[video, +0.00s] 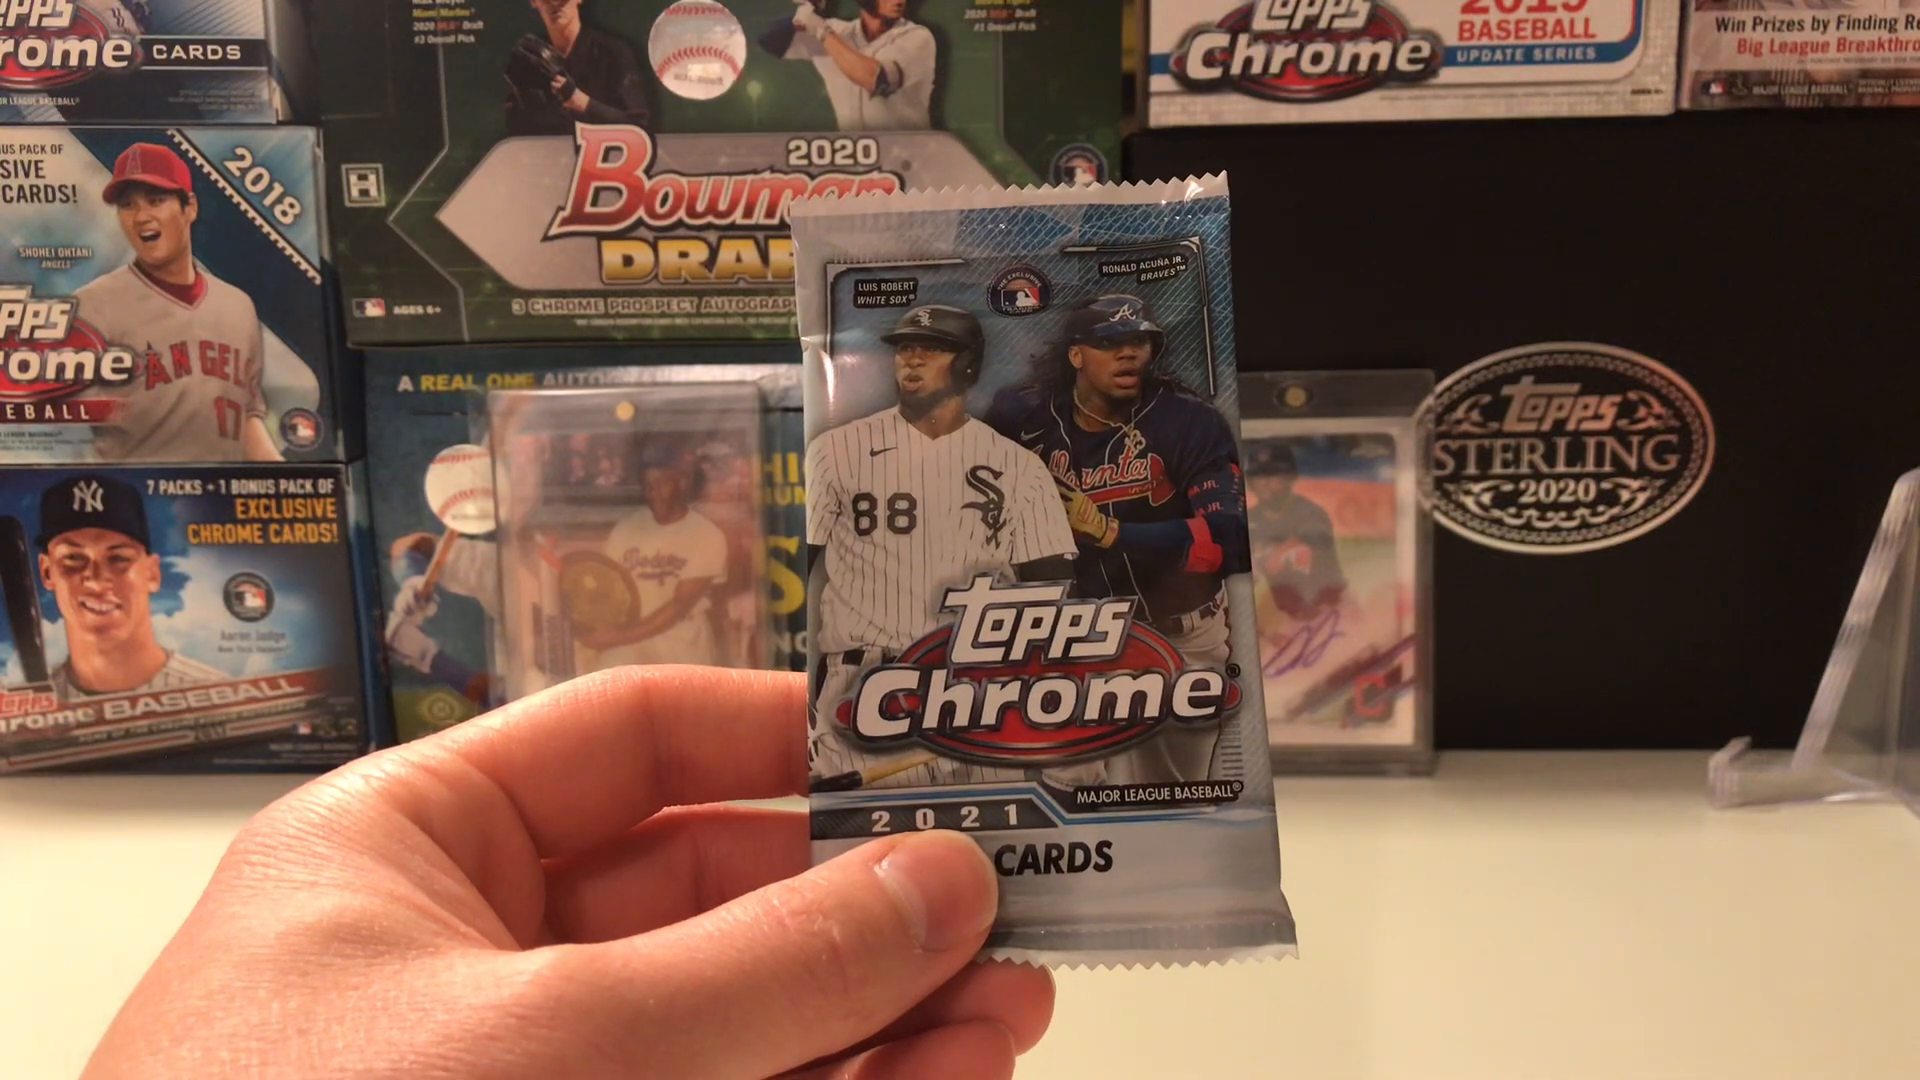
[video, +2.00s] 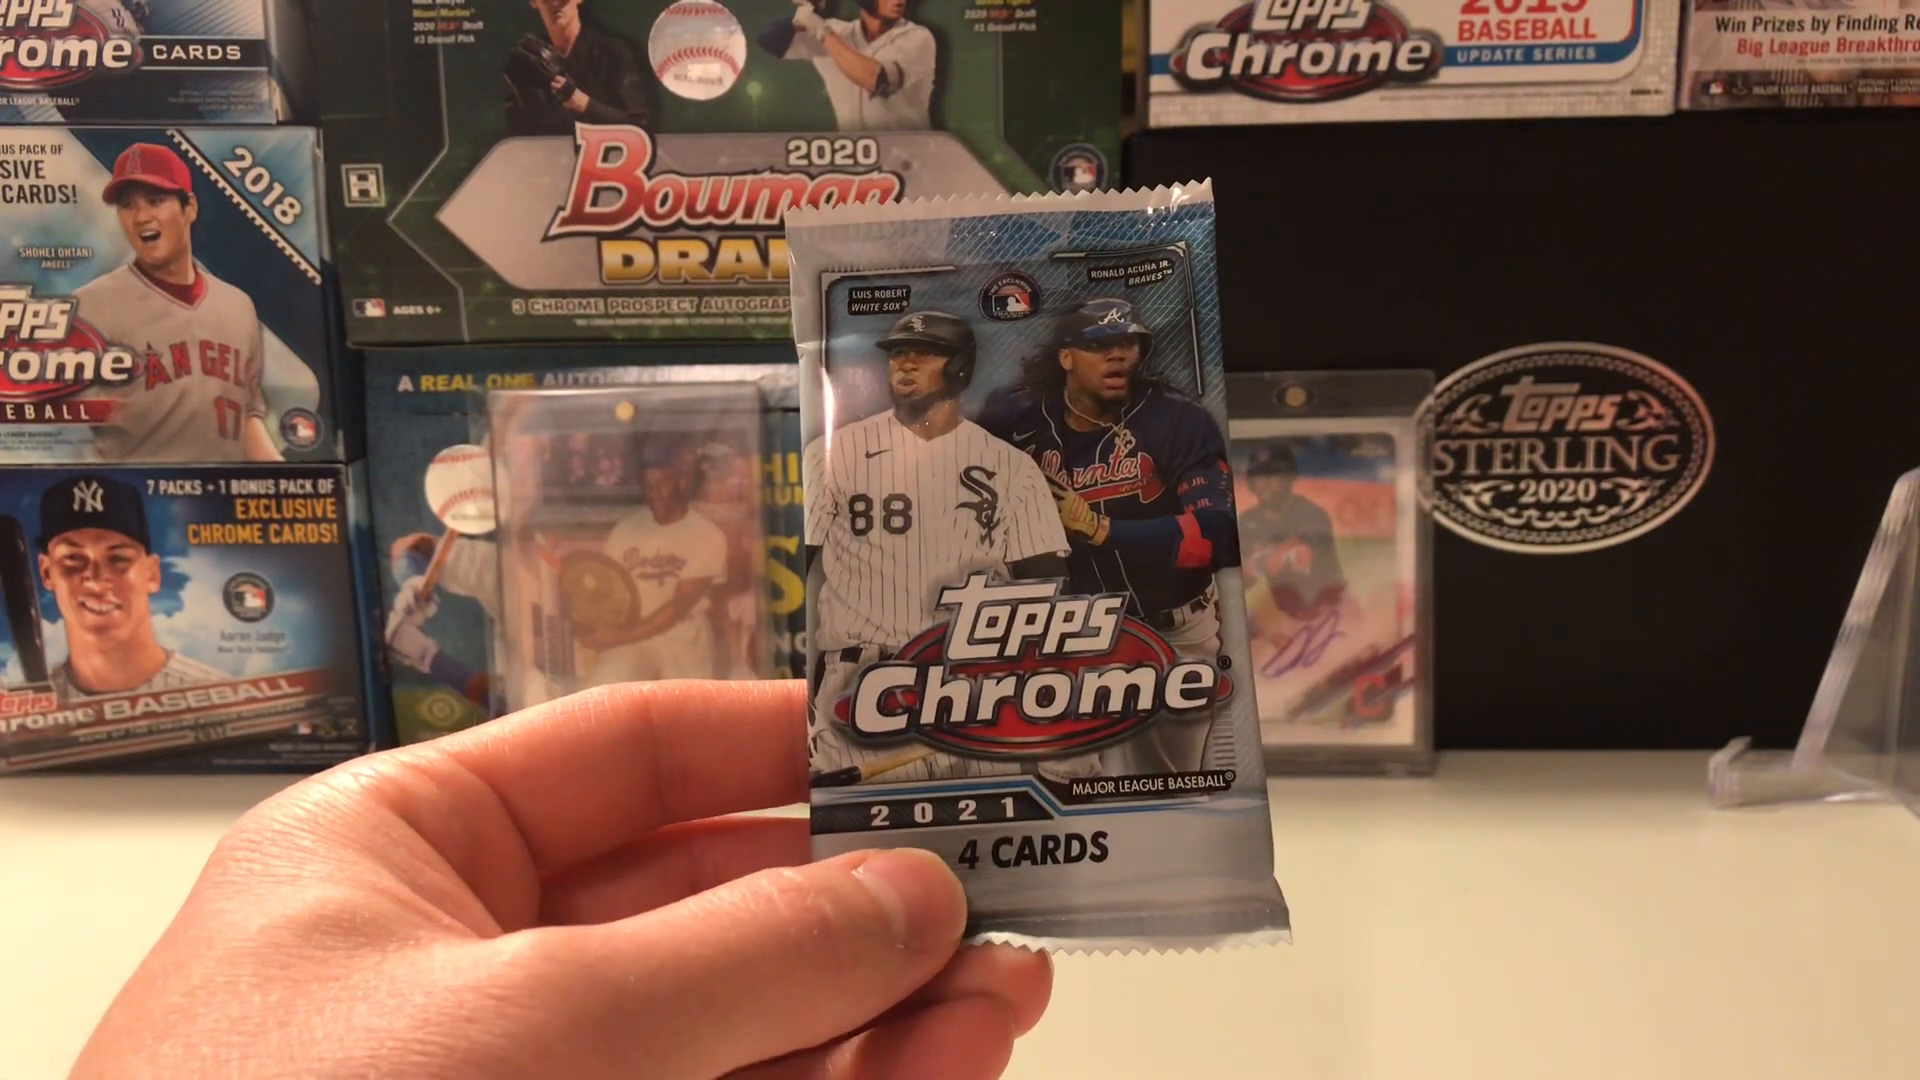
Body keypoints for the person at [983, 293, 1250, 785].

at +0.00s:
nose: (1131, 354)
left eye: (1140, 341)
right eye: (1113, 343)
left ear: (1153, 349)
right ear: (1076, 356)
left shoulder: (1190, 423)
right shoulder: (1023, 419)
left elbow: (1226, 537)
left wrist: (1112, 532)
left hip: (1182, 630)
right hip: (1070, 636)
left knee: (1178, 801)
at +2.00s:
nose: (1119, 356)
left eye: (1128, 343)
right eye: (1101, 345)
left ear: (1141, 351)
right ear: (1066, 358)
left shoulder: (1180, 423)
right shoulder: (1015, 420)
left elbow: (1213, 535)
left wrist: (1101, 528)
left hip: (1178, 627)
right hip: (1070, 632)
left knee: (1180, 790)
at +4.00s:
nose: (1131, 359)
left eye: (1139, 347)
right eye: (1113, 349)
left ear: (1153, 356)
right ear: (1078, 361)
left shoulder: (1191, 427)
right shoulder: (1024, 421)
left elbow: (1224, 539)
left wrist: (1112, 532)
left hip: (1182, 632)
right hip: (1072, 635)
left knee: (1176, 799)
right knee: (1075, 795)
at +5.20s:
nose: (1191, 372)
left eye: (1199, 360)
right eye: (1172, 361)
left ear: (1212, 369)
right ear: (1137, 374)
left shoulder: (1253, 443)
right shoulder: (1086, 437)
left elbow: (1287, 557)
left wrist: (1172, 546)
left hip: (1249, 648)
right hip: (1136, 651)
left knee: (1247, 814)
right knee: (1139, 812)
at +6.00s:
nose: (1242, 379)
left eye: (1251, 366)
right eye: (1225, 367)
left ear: (1265, 375)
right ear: (1187, 377)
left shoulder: (1307, 455)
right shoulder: (1136, 443)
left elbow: (1336, 575)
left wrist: (1219, 558)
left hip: (1298, 669)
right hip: (1185, 671)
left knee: (1294, 838)